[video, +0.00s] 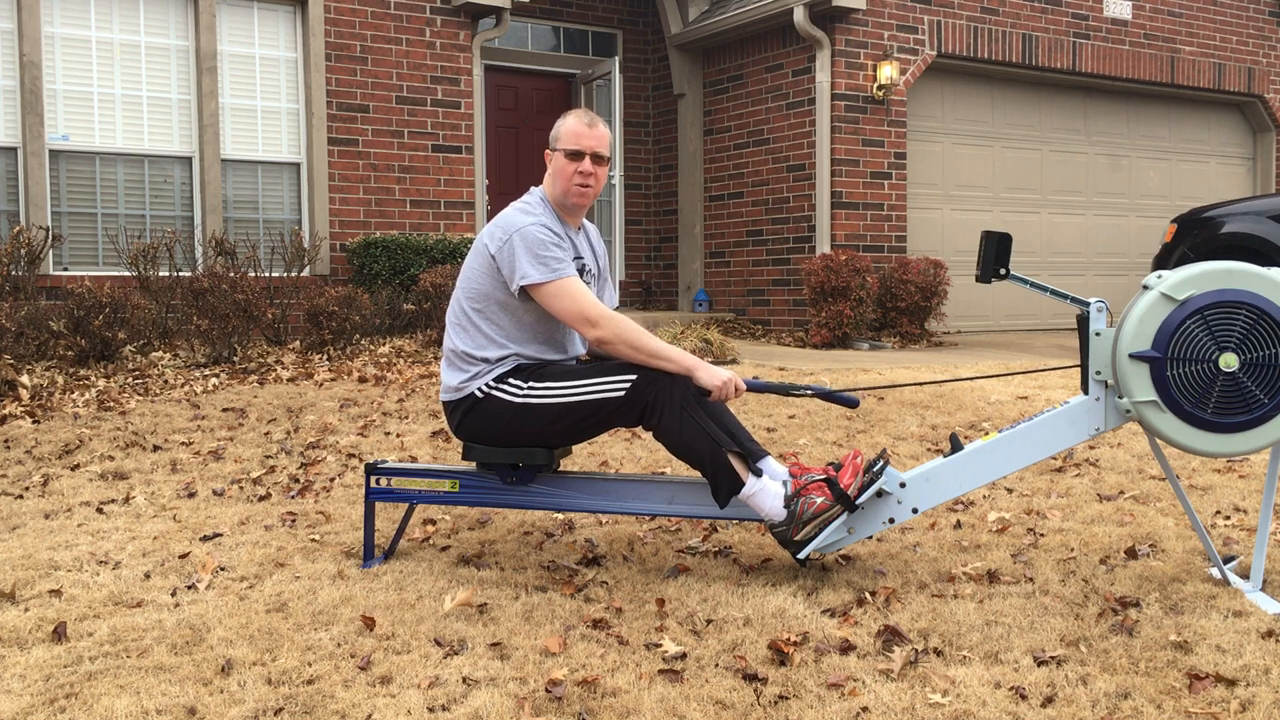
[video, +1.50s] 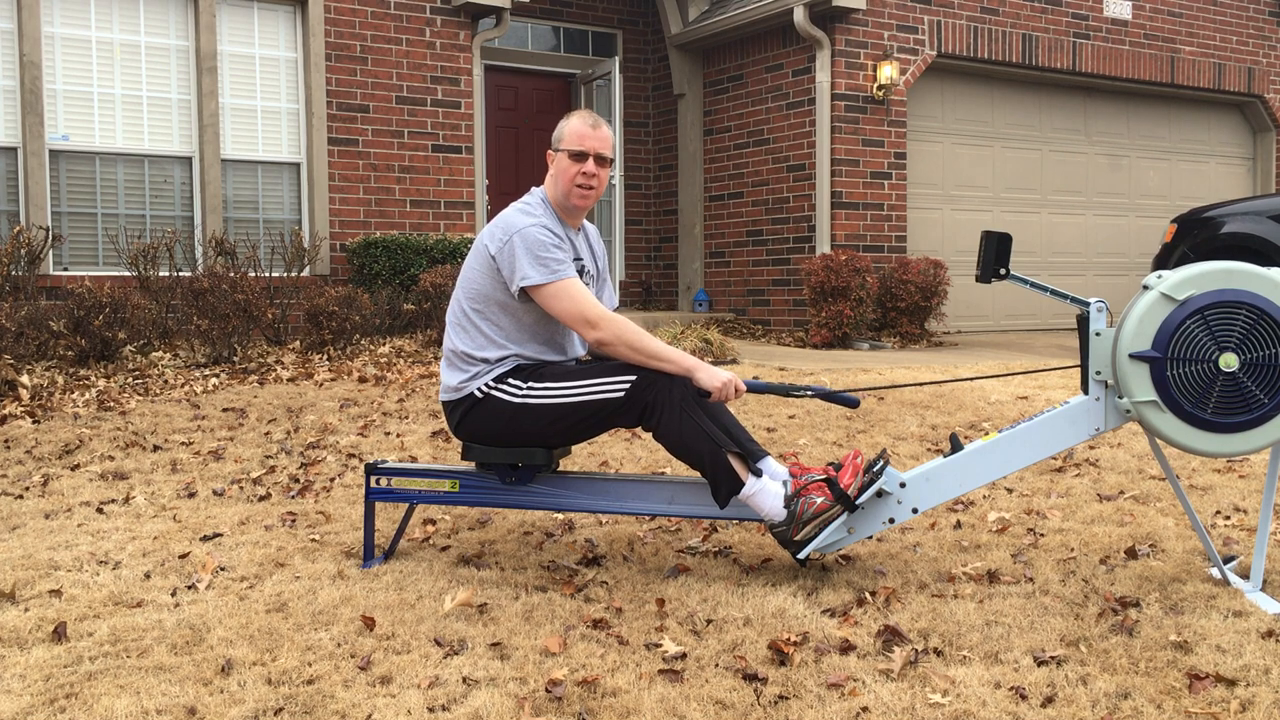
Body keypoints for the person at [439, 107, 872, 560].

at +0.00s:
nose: (586, 170)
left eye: (598, 160)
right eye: (573, 156)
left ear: (608, 170)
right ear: (547, 159)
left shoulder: (589, 239)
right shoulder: (524, 227)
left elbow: (603, 335)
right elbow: (595, 324)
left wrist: (697, 372)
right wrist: (697, 368)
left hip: (543, 375)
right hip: (489, 390)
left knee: (675, 378)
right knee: (653, 386)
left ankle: (787, 484)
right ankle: (777, 510)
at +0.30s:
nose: (587, 171)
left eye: (599, 161)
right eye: (574, 157)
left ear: (609, 171)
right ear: (548, 159)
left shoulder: (589, 239)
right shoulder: (524, 227)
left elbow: (602, 335)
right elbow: (594, 324)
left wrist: (695, 372)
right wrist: (695, 367)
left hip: (544, 376)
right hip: (489, 390)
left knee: (675, 377)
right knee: (653, 386)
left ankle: (787, 484)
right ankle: (776, 509)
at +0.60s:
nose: (588, 171)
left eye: (600, 162)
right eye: (575, 157)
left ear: (610, 171)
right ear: (548, 160)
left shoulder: (590, 240)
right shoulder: (524, 227)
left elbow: (602, 336)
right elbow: (594, 324)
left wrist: (695, 372)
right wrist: (694, 367)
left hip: (542, 377)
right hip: (489, 390)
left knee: (675, 379)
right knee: (654, 387)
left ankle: (787, 485)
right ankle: (777, 509)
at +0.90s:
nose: (589, 171)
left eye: (601, 162)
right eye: (576, 157)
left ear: (610, 171)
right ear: (549, 160)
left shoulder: (590, 240)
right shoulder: (524, 227)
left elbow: (602, 336)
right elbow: (595, 325)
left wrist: (695, 372)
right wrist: (696, 368)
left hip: (543, 377)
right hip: (489, 390)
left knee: (676, 378)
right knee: (653, 386)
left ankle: (786, 485)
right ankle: (776, 509)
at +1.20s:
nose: (588, 171)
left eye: (600, 162)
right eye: (576, 157)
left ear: (609, 172)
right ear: (548, 160)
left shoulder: (589, 239)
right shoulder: (524, 227)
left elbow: (603, 335)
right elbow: (595, 325)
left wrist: (695, 373)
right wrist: (696, 368)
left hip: (543, 376)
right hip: (488, 389)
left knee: (675, 378)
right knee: (653, 386)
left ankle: (784, 483)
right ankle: (776, 509)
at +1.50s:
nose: (589, 172)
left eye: (601, 163)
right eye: (577, 157)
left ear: (610, 172)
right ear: (549, 160)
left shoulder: (588, 240)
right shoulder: (524, 227)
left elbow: (603, 336)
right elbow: (595, 325)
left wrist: (695, 373)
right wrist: (697, 368)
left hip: (543, 376)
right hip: (488, 390)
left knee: (674, 379)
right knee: (653, 386)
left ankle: (785, 483)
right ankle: (776, 509)